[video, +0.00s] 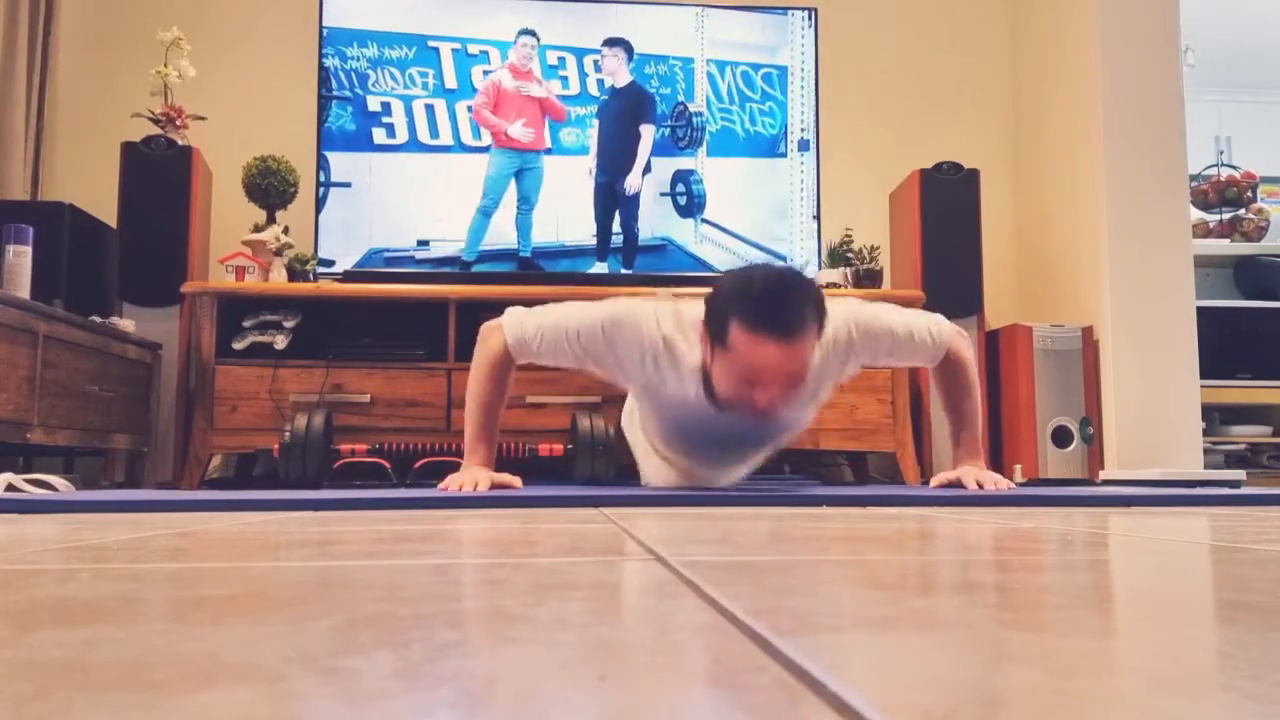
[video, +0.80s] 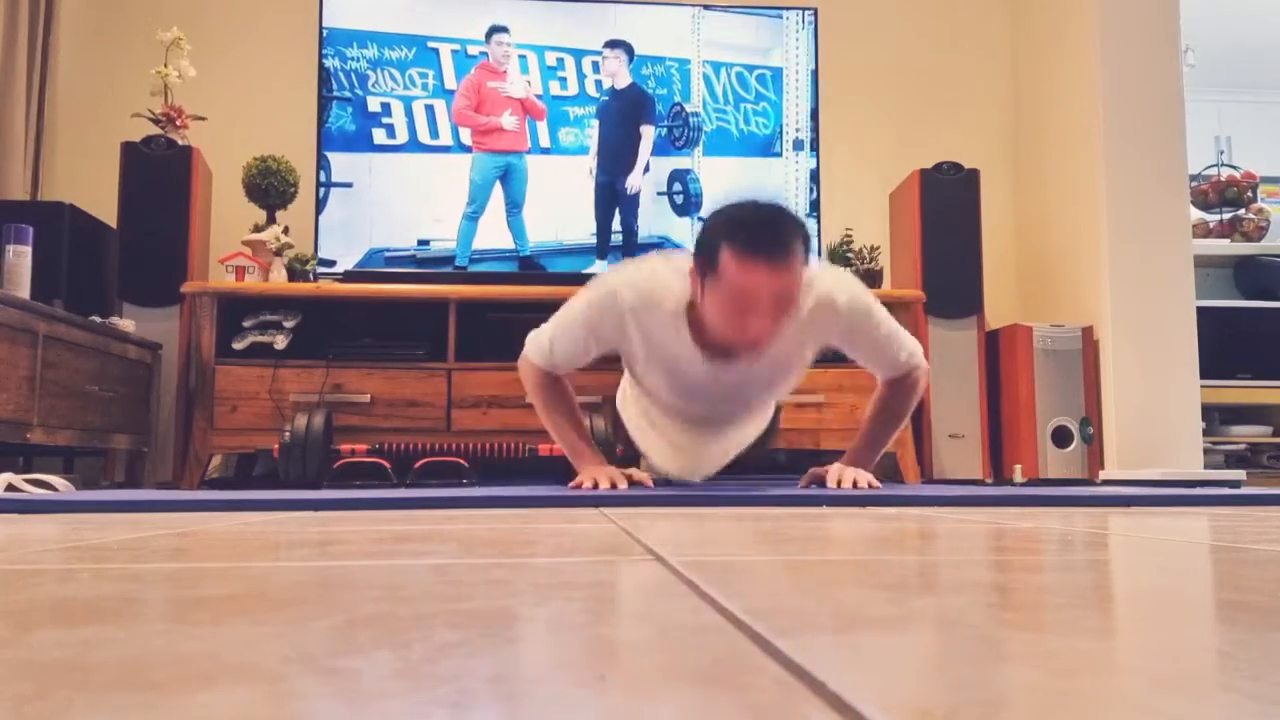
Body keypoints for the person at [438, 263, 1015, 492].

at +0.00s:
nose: (770, 397)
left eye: (787, 380)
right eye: (751, 379)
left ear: (815, 349)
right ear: (709, 348)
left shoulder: (842, 332)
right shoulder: (642, 335)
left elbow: (950, 344)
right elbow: (497, 338)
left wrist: (971, 458)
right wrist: (473, 460)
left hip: (740, 478)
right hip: (640, 466)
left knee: (721, 580)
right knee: (627, 577)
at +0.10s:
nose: (759, 353)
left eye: (778, 334)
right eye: (745, 331)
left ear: (805, 309)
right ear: (705, 303)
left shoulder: (838, 306)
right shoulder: (635, 304)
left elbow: (946, 345)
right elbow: (495, 337)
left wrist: (969, 460)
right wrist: (475, 462)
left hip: (749, 450)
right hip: (647, 449)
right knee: (636, 567)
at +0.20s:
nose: (748, 226)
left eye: (766, 208)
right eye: (732, 203)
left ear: (788, 199)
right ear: (694, 189)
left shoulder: (826, 240)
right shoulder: (625, 234)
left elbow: (913, 338)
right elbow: (523, 335)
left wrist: (965, 458)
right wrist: (480, 461)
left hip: (742, 386)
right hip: (648, 380)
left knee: (710, 425)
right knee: (649, 421)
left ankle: (683, 450)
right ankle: (652, 454)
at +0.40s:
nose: (752, 181)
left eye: (771, 158)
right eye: (733, 159)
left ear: (789, 145)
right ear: (693, 140)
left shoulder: (815, 189)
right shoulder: (638, 191)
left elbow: (851, 334)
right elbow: (575, 333)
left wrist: (848, 460)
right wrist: (595, 462)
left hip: (743, 346)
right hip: (649, 346)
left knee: (701, 410)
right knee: (650, 408)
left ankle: (682, 436)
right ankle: (656, 441)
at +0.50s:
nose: (752, 320)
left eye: (772, 301)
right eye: (735, 300)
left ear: (795, 281)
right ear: (696, 279)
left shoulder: (827, 284)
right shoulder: (630, 283)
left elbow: (899, 363)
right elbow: (538, 360)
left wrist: (858, 464)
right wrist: (586, 461)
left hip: (739, 419)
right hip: (640, 413)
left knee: (705, 435)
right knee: (644, 435)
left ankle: (680, 450)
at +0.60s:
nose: (755, 437)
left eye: (777, 419)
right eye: (738, 420)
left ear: (804, 382)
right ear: (696, 382)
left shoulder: (830, 352)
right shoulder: (640, 356)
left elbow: (912, 373)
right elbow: (537, 365)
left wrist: (857, 463)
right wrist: (587, 464)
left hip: (748, 483)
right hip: (650, 481)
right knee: (653, 587)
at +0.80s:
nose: (758, 327)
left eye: (776, 308)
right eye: (741, 306)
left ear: (799, 289)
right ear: (698, 281)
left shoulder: (828, 297)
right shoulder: (631, 292)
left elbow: (908, 370)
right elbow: (535, 362)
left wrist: (856, 463)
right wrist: (588, 462)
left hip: (747, 444)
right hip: (634, 442)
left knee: (740, 571)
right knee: (626, 567)